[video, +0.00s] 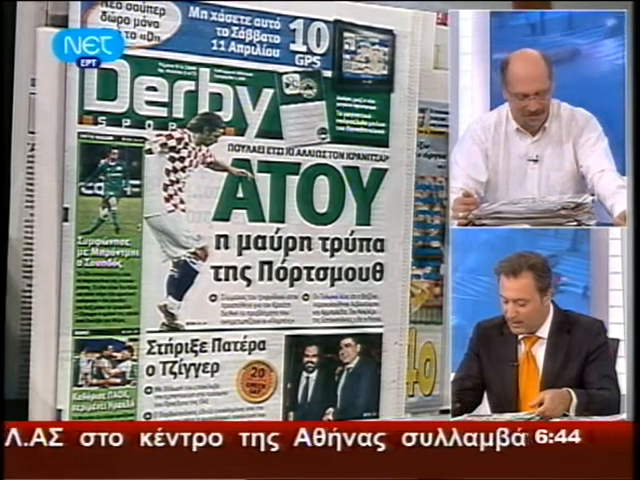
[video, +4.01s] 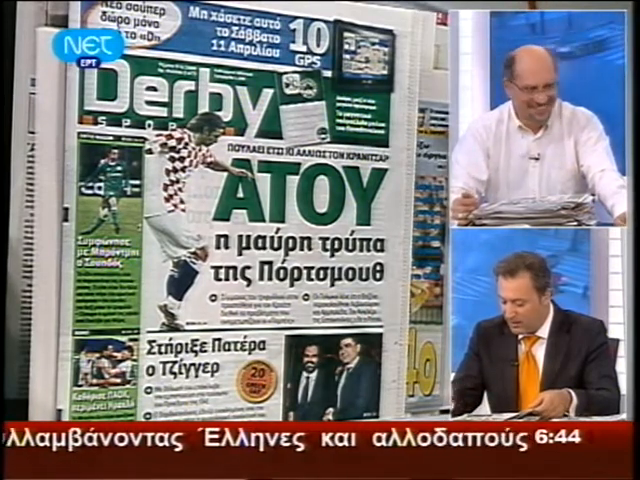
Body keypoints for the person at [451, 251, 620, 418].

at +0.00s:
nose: (510, 313)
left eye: (521, 303)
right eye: (505, 302)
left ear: (547, 297)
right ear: (500, 297)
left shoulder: (588, 333)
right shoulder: (487, 335)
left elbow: (610, 401)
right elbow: (460, 400)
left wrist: (569, 399)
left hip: (570, 452)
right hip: (505, 450)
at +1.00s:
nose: (508, 312)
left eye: (519, 303)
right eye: (503, 301)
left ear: (546, 297)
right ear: (498, 296)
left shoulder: (588, 333)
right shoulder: (486, 334)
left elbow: (610, 401)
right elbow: (462, 401)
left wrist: (570, 400)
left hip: (569, 451)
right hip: (506, 450)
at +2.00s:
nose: (507, 312)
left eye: (518, 303)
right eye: (502, 302)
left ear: (545, 297)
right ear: (497, 297)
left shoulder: (588, 332)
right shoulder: (486, 334)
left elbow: (610, 402)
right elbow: (463, 401)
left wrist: (569, 400)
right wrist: (450, 397)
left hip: (569, 452)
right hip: (504, 451)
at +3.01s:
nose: (508, 312)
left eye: (518, 302)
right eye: (503, 301)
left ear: (545, 296)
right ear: (498, 297)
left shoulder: (588, 332)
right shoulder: (486, 334)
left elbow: (610, 402)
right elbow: (465, 399)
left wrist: (569, 400)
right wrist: (452, 399)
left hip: (569, 452)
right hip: (505, 450)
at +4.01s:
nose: (509, 313)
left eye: (519, 304)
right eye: (504, 302)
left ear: (546, 297)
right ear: (499, 298)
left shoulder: (588, 333)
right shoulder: (487, 334)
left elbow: (610, 402)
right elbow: (461, 401)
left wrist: (569, 400)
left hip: (570, 453)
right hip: (506, 450)